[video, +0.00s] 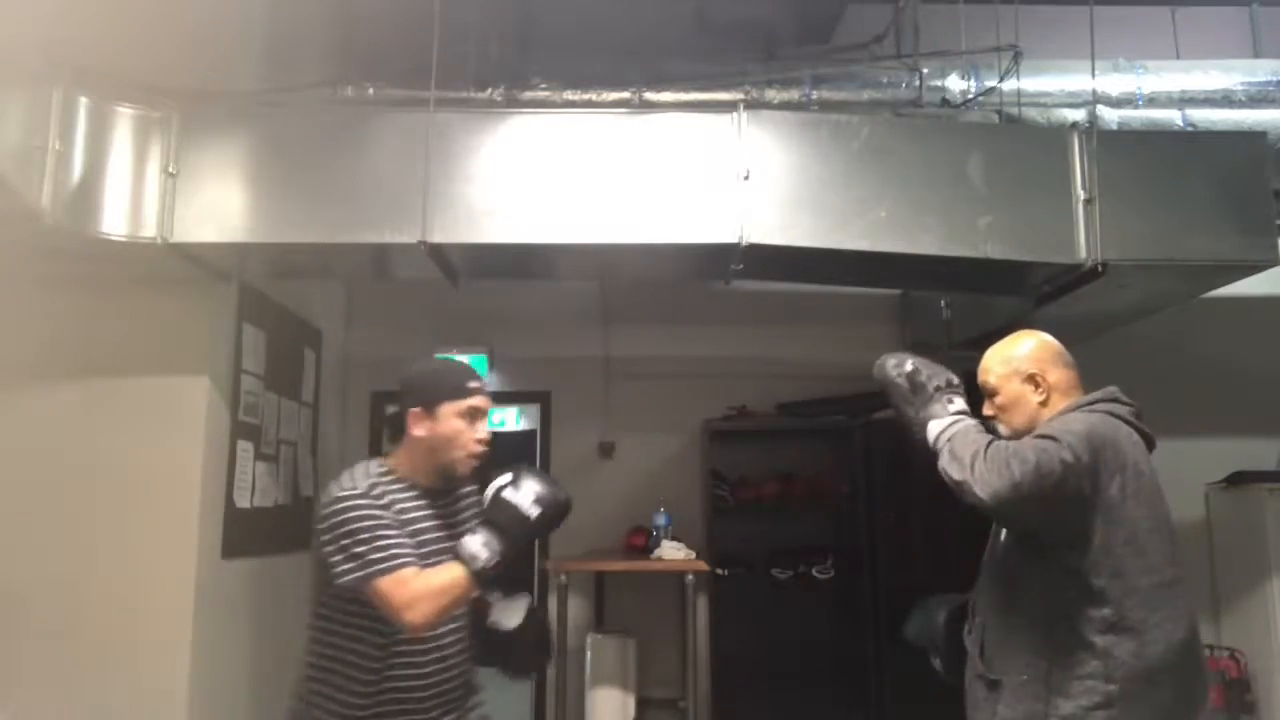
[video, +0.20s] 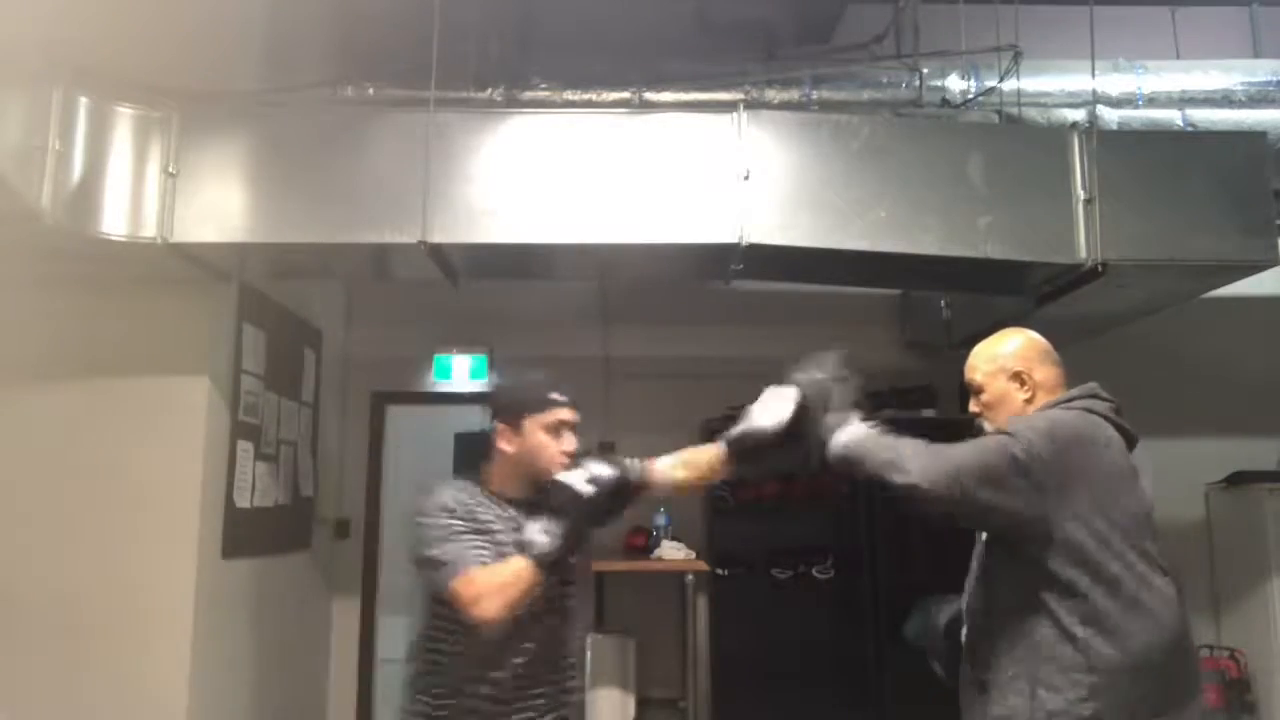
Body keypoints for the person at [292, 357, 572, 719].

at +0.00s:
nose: (486, 435)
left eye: (486, 420)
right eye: (470, 417)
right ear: (419, 422)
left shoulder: (462, 493)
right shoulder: (354, 498)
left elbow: (470, 590)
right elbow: (413, 609)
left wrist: (509, 621)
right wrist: (491, 540)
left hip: (454, 707)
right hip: (365, 711)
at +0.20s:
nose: (572, 446)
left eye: (573, 432)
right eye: (557, 431)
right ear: (506, 437)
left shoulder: (568, 497)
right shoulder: (450, 507)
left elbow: (672, 471)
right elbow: (484, 606)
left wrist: (744, 444)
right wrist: (558, 527)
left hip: (549, 705)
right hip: (460, 708)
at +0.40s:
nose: (616, 462)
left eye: (618, 446)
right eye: (603, 446)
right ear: (553, 445)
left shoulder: (592, 504)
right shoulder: (479, 519)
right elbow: (508, 644)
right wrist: (587, 570)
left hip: (605, 705)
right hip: (505, 710)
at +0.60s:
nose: (584, 460)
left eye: (588, 445)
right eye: (573, 442)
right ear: (523, 436)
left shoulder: (550, 507)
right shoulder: (447, 505)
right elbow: (494, 623)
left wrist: (640, 552)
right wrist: (574, 552)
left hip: (533, 707)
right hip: (450, 709)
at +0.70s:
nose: (561, 447)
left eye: (564, 432)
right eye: (551, 427)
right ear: (503, 419)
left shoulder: (526, 491)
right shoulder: (421, 490)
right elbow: (482, 598)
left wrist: (609, 548)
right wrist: (560, 529)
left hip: (511, 706)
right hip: (429, 709)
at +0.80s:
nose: (550, 437)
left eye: (553, 422)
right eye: (542, 417)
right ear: (495, 406)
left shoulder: (514, 479)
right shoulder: (409, 481)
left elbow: (540, 566)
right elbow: (471, 585)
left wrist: (583, 552)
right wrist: (549, 518)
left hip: (505, 703)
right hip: (421, 709)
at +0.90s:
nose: (548, 432)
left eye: (552, 417)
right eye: (540, 412)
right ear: (494, 401)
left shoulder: (509, 476)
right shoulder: (409, 478)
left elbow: (528, 562)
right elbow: (455, 593)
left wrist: (583, 545)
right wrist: (537, 534)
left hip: (502, 703)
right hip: (416, 709)